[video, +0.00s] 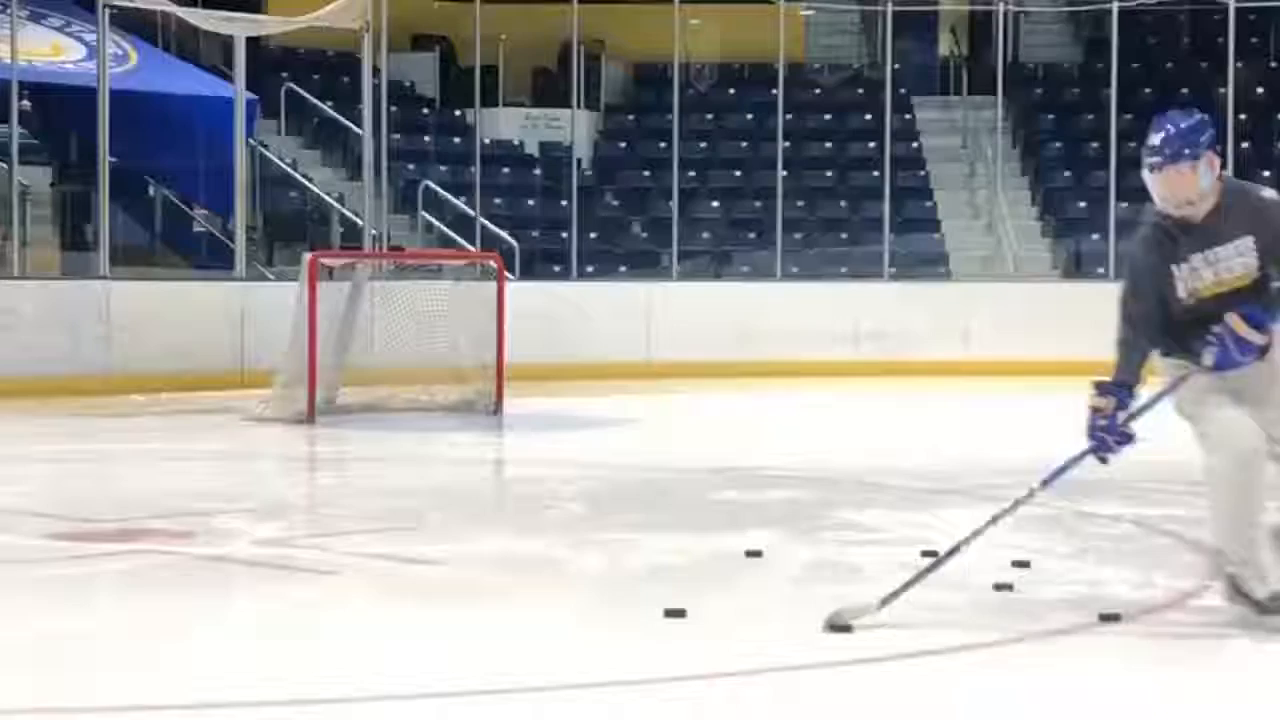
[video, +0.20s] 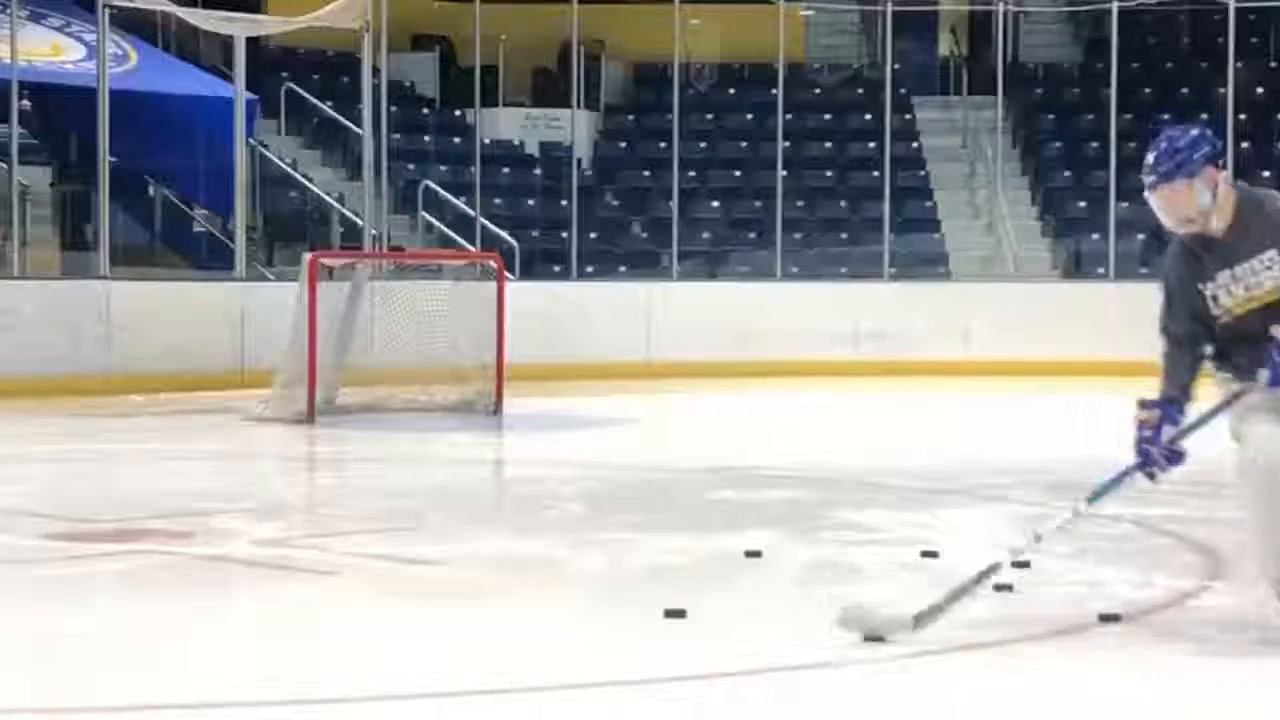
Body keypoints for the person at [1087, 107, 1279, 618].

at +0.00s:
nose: (1172, 186)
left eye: (1182, 170)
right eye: (1160, 174)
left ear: (1213, 164)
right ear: (1148, 178)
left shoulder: (1260, 210)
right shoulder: (1151, 243)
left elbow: (1278, 272)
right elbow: (1137, 328)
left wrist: (1264, 314)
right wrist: (1116, 397)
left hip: (1262, 361)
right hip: (1195, 373)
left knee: (1272, 445)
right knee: (1240, 444)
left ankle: (1257, 550)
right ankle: (1243, 563)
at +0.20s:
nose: (1171, 208)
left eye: (1178, 190)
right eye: (1160, 195)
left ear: (1214, 178)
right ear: (1152, 197)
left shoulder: (1269, 212)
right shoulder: (1184, 262)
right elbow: (1182, 342)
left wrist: (1272, 350)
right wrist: (1167, 412)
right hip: (1252, 382)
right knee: (1263, 448)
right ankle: (1272, 579)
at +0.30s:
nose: (1151, 217)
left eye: (1154, 200)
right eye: (1145, 204)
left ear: (1197, 183)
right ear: (1191, 189)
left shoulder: (1270, 214)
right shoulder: (1192, 268)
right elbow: (1201, 352)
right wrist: (1186, 421)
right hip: (1264, 397)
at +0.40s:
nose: (1144, 218)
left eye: (1146, 200)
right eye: (1135, 207)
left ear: (1179, 180)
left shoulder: (1266, 213)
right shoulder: (1188, 272)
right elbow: (1203, 355)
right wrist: (1187, 420)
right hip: (1268, 406)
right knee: (1268, 546)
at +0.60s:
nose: (1080, 209)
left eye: (1080, 190)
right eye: (1072, 196)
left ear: (1113, 172)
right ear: (1112, 178)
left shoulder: (1209, 203)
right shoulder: (1149, 265)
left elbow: (1266, 273)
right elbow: (1167, 366)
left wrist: (1218, 340)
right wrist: (1128, 432)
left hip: (1271, 385)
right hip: (1245, 399)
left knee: (1263, 523)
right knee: (1260, 526)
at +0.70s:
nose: (1046, 203)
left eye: (1048, 183)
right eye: (1038, 190)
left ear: (1081, 165)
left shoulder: (1161, 197)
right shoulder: (1103, 250)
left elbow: (1209, 273)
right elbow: (1117, 361)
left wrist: (1147, 329)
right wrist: (1069, 438)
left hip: (1264, 371)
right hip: (1210, 393)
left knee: (1265, 523)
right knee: (1225, 533)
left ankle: (1272, 635)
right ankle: (1272, 637)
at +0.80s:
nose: (992, 187)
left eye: (998, 169)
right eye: (988, 173)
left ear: (1030, 159)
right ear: (1026, 165)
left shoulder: (1099, 197)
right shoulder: (1060, 234)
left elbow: (1136, 276)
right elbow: (1060, 344)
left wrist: (1087, 339)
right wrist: (1014, 429)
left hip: (1208, 365)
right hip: (1155, 388)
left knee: (1178, 497)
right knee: (1163, 508)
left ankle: (1240, 648)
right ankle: (1221, 648)